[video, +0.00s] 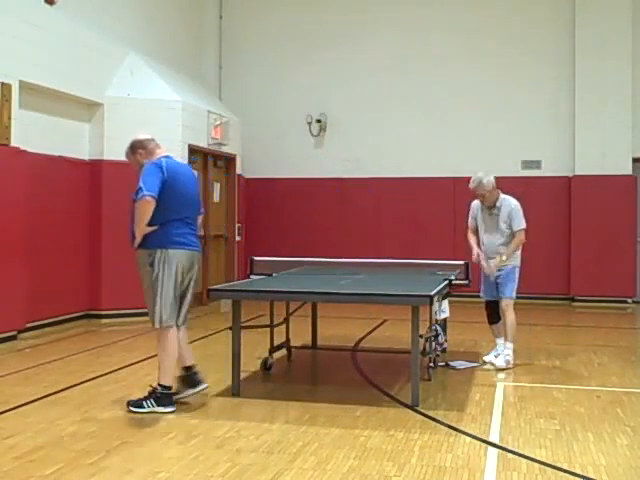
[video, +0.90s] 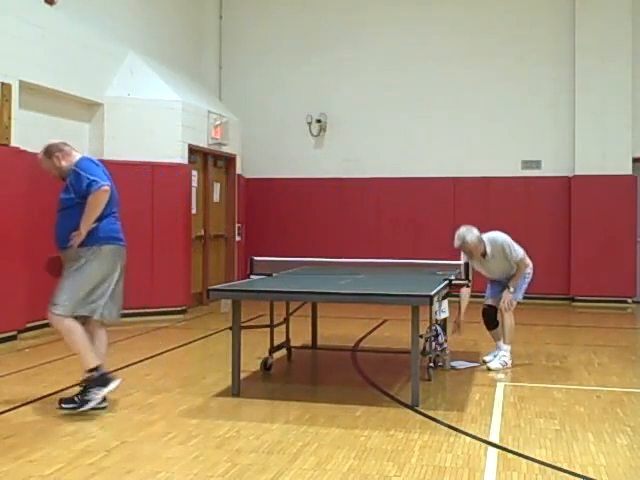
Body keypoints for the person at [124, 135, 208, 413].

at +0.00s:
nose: (136, 167)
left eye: (134, 162)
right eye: (134, 163)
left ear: (140, 153)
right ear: (157, 147)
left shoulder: (154, 166)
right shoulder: (188, 170)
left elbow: (147, 199)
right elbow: (199, 212)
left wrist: (139, 231)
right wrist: (191, 237)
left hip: (165, 248)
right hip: (190, 247)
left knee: (166, 323)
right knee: (175, 320)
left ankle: (163, 392)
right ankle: (189, 373)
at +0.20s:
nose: (120, 170)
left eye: (118, 165)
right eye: (118, 166)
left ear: (123, 156)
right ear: (139, 149)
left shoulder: (140, 167)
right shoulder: (169, 170)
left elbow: (143, 199)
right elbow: (186, 211)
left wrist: (131, 234)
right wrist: (183, 246)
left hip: (154, 249)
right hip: (174, 248)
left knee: (158, 321)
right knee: (132, 312)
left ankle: (163, 393)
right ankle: (145, 382)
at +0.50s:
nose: (86, 178)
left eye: (84, 173)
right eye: (83, 174)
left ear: (92, 162)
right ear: (100, 156)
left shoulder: (111, 169)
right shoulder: (129, 169)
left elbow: (126, 193)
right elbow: (157, 210)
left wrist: (114, 233)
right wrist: (157, 244)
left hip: (137, 251)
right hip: (140, 250)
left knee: (145, 323)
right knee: (117, 319)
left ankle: (162, 393)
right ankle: (101, 386)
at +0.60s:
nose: (77, 181)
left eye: (74, 176)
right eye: (73, 178)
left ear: (81, 164)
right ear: (90, 158)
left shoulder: (100, 170)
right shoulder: (121, 172)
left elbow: (116, 193)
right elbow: (145, 214)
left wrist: (105, 234)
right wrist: (142, 244)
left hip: (125, 252)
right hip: (135, 249)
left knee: (135, 326)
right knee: (111, 324)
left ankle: (160, 391)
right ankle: (96, 389)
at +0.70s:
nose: (66, 179)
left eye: (64, 173)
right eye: (64, 176)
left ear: (72, 162)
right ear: (78, 158)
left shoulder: (92, 169)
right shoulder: (102, 171)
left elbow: (109, 193)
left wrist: (97, 233)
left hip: (115, 250)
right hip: (117, 249)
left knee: (103, 325)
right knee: (109, 326)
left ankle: (149, 381)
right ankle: (95, 389)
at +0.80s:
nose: (59, 178)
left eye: (57, 172)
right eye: (56, 174)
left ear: (65, 160)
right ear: (69, 158)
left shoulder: (86, 167)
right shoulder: (84, 174)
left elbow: (105, 189)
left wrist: (90, 230)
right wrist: (77, 254)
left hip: (106, 250)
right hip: (108, 249)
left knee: (76, 319)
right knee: (101, 322)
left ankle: (126, 369)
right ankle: (95, 389)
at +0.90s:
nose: (53, 174)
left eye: (51, 168)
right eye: (50, 171)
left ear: (59, 157)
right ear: (64, 154)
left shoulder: (82, 164)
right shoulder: (79, 175)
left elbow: (101, 189)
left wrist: (83, 230)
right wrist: (70, 249)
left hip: (98, 248)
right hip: (107, 249)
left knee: (59, 314)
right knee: (94, 321)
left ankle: (97, 373)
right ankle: (94, 390)